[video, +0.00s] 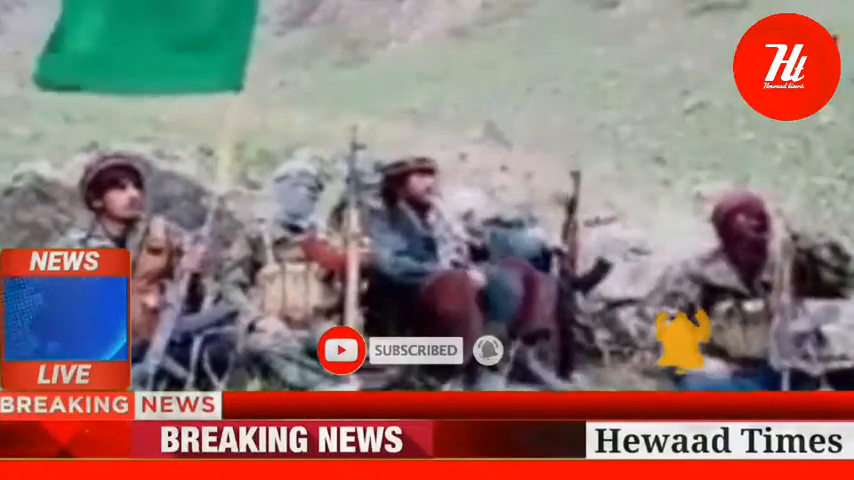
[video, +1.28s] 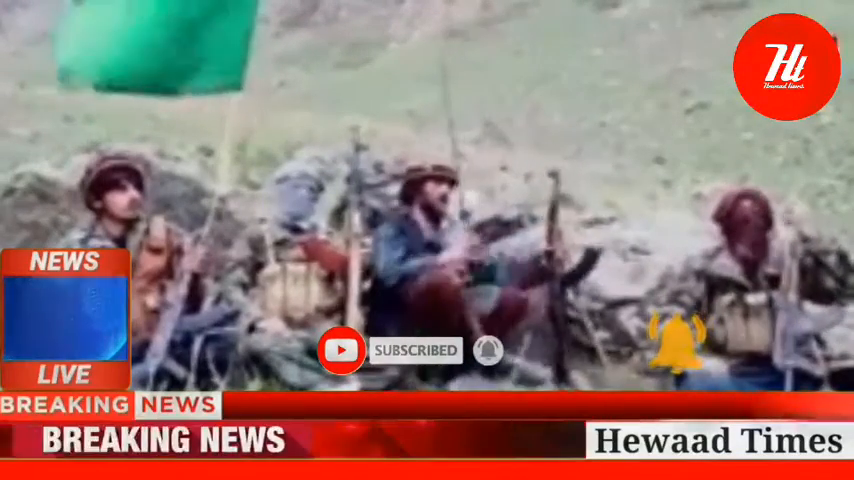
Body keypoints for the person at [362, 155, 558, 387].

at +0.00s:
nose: (429, 182)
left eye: (430, 175)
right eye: (420, 175)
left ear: (433, 180)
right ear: (400, 183)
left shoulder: (435, 214)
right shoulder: (384, 219)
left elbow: (457, 246)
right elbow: (390, 265)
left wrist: (470, 268)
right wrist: (449, 273)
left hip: (459, 275)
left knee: (539, 280)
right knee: (457, 287)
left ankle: (527, 356)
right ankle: (474, 368)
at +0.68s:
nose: (439, 195)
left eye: (441, 188)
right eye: (431, 186)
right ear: (411, 190)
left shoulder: (441, 225)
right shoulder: (388, 228)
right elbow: (397, 267)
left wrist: (479, 250)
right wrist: (455, 254)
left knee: (513, 274)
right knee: (459, 278)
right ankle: (477, 366)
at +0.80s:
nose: (439, 198)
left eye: (441, 192)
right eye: (432, 189)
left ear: (441, 198)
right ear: (410, 193)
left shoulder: (443, 230)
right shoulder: (386, 231)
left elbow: (479, 264)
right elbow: (395, 265)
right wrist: (452, 250)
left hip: (455, 300)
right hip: (408, 313)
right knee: (459, 276)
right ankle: (477, 364)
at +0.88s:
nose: (440, 198)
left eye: (442, 192)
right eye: (433, 190)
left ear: (442, 197)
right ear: (411, 193)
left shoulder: (441, 231)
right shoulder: (387, 232)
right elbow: (393, 264)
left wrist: (535, 270)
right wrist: (448, 245)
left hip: (450, 304)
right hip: (405, 313)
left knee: (515, 276)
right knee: (457, 273)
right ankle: (480, 358)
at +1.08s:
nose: (441, 197)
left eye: (443, 192)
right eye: (433, 189)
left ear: (444, 198)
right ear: (413, 193)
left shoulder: (446, 231)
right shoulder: (389, 234)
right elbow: (392, 269)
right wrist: (451, 247)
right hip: (403, 321)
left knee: (522, 278)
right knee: (454, 265)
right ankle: (489, 340)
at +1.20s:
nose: (443, 194)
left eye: (446, 188)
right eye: (435, 185)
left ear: (447, 194)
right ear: (414, 191)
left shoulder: (451, 228)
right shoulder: (392, 231)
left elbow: (479, 272)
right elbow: (389, 271)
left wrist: (476, 252)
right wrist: (446, 257)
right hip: (405, 321)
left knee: (516, 284)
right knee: (446, 279)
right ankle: (490, 341)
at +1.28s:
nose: (446, 191)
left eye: (449, 185)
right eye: (438, 183)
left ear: (450, 191)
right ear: (418, 187)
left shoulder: (451, 229)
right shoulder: (393, 228)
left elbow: (481, 272)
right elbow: (388, 274)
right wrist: (444, 263)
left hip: (450, 302)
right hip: (406, 311)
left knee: (519, 302)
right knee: (444, 284)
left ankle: (479, 358)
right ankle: (479, 353)